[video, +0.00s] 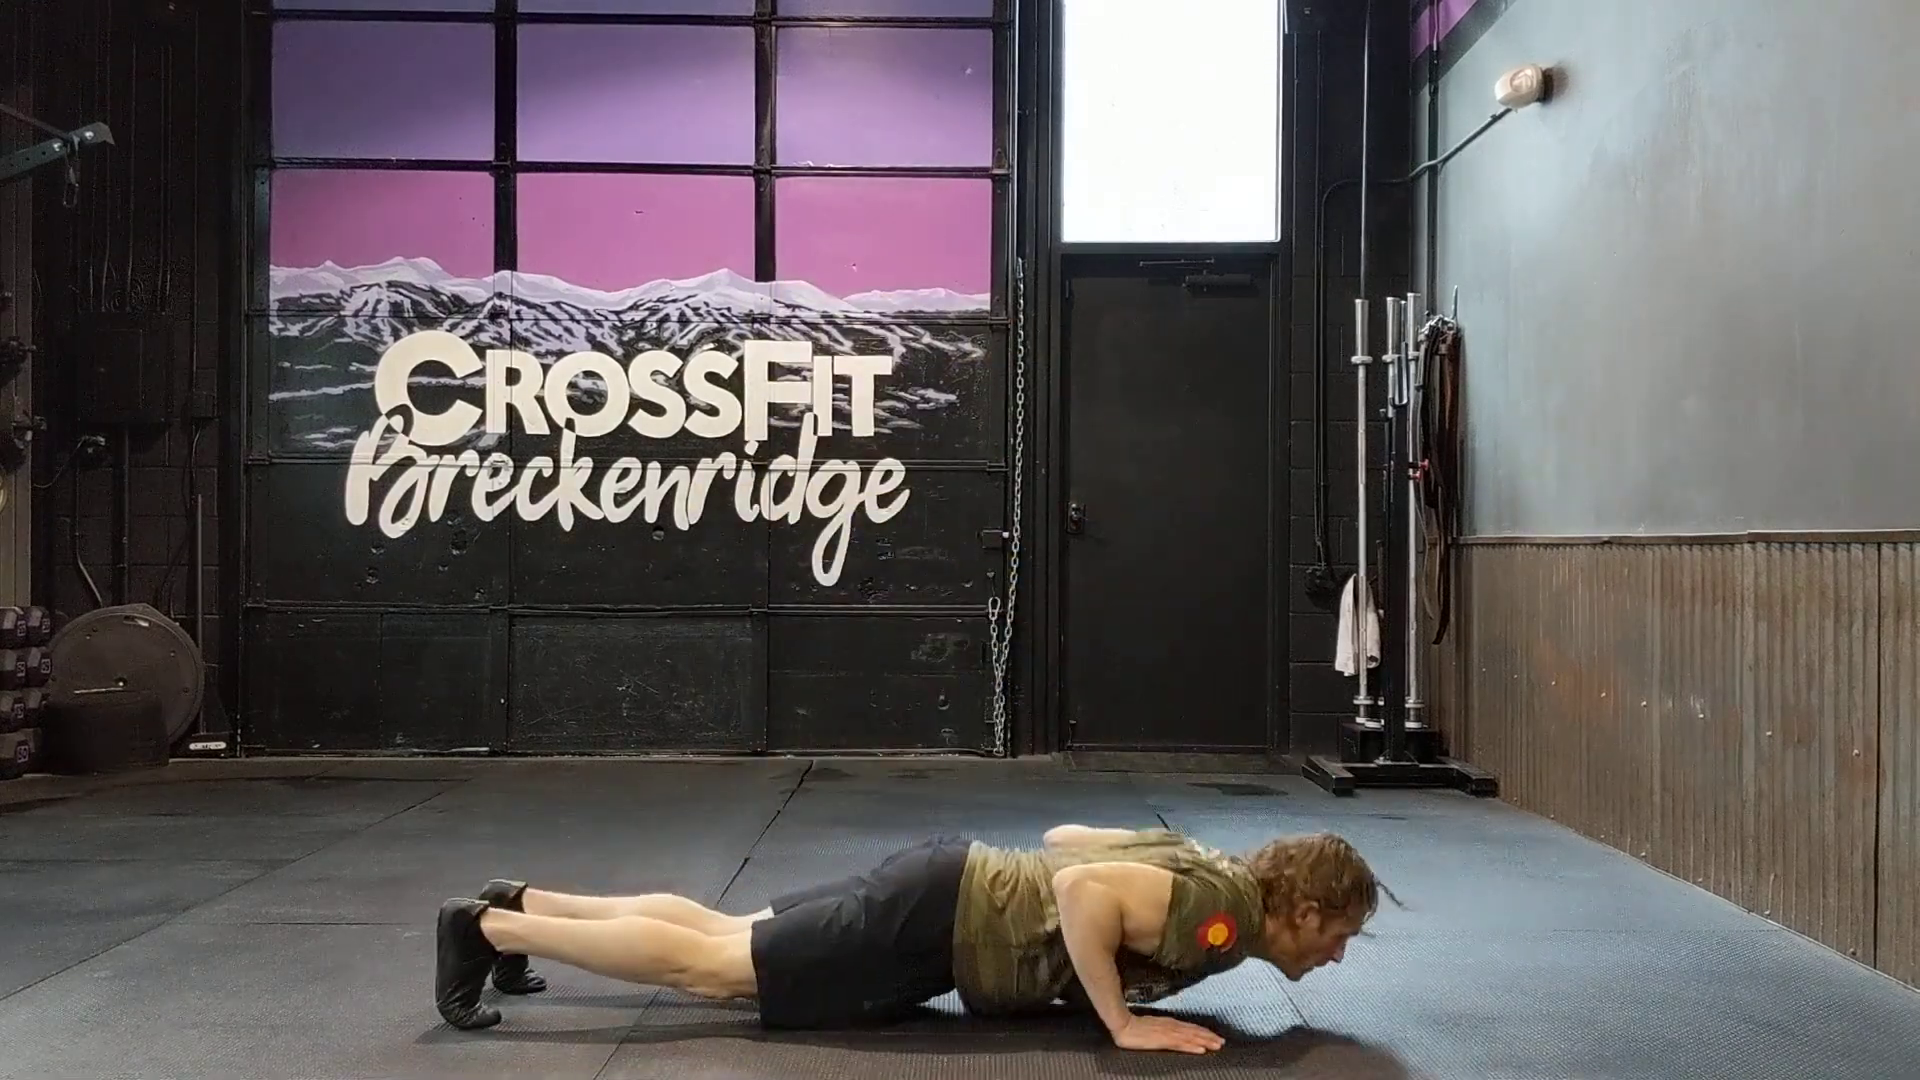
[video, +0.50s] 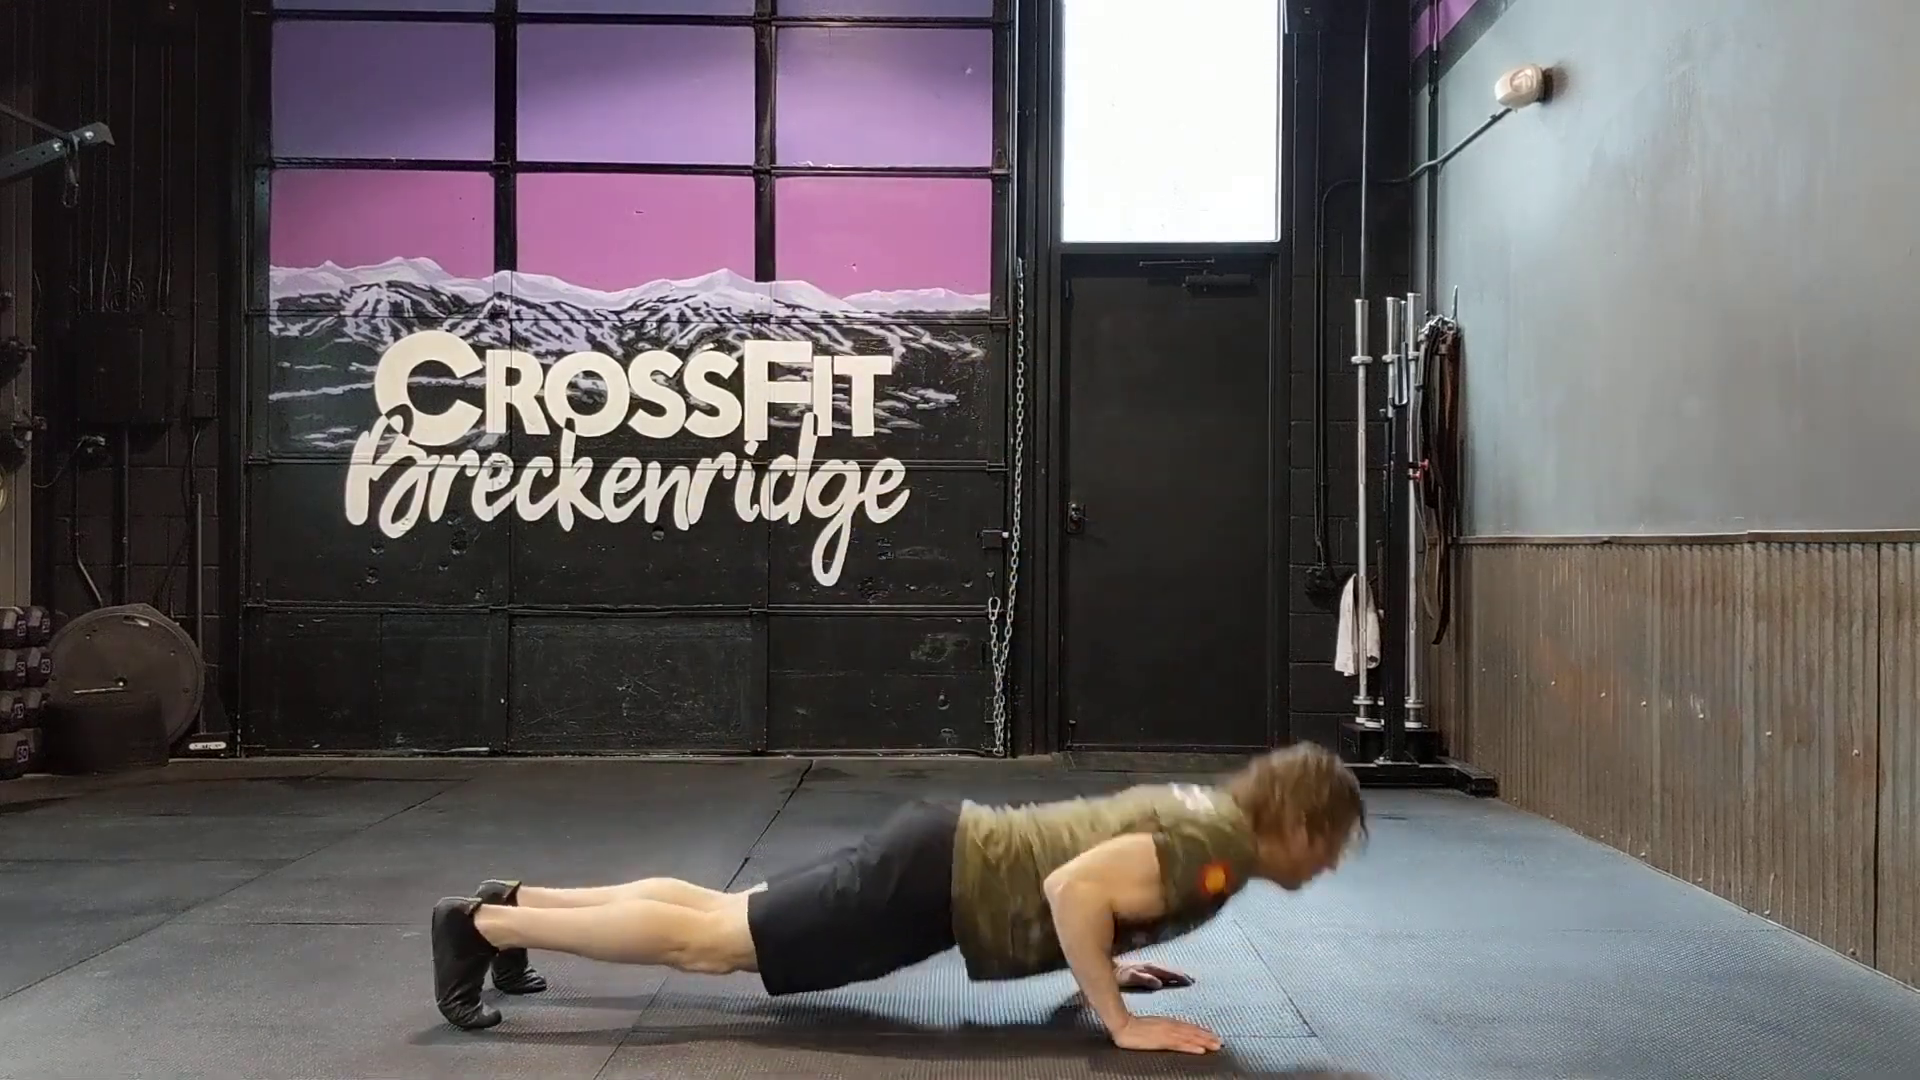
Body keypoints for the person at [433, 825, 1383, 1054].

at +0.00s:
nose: (1340, 953)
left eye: (1346, 939)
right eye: (1340, 936)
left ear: (1297, 905)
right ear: (1295, 914)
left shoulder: (1221, 898)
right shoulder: (1205, 906)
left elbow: (1090, 862)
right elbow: (1080, 895)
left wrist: (1104, 979)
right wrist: (1124, 1017)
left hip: (950, 909)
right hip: (939, 918)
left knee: (729, 938)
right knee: (713, 966)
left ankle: (529, 903)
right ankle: (495, 929)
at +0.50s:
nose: (1331, 860)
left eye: (1336, 849)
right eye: (1331, 846)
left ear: (1279, 810)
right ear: (1295, 831)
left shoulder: (1213, 823)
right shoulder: (1204, 856)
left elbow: (1095, 863)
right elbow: (1079, 887)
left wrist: (1129, 946)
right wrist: (1122, 1021)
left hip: (949, 850)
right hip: (945, 879)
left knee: (724, 913)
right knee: (714, 940)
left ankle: (518, 907)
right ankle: (487, 931)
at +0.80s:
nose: (1278, 762)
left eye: (1288, 751)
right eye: (1285, 747)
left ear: (1243, 691)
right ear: (1253, 706)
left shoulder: (1163, 699)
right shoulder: (1162, 711)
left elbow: (1106, 847)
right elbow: (1105, 859)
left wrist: (1112, 963)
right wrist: (1114, 1015)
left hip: (902, 759)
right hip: (898, 770)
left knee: (728, 870)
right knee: (721, 884)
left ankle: (513, 915)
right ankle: (495, 922)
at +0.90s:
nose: (1281, 772)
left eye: (1294, 761)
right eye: (1289, 755)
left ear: (1256, 707)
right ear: (1260, 716)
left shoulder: (1180, 702)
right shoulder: (1173, 710)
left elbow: (1108, 844)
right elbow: (1110, 863)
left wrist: (1112, 964)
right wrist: (1118, 1021)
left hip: (915, 670)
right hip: (908, 669)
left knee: (759, 828)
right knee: (754, 838)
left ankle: (565, 886)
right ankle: (533, 900)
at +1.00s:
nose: (1244, 755)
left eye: (1259, 748)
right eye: (1253, 738)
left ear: (1232, 699)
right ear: (1229, 698)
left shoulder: (1157, 682)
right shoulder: (1149, 687)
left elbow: (1111, 846)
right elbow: (1104, 859)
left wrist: (1112, 967)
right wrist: (1119, 1016)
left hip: (925, 606)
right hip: (905, 588)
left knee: (903, 795)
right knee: (856, 812)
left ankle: (699, 858)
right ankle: (648, 907)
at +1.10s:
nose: (1213, 741)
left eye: (1226, 731)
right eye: (1218, 722)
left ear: (1187, 678)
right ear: (1188, 683)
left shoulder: (1122, 663)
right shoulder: (1116, 676)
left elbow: (1091, 845)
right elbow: (1096, 858)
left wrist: (1110, 966)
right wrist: (1124, 1019)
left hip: (896, 575)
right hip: (877, 571)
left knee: (1000, 747)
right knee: (973, 772)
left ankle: (872, 901)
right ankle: (819, 950)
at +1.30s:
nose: (1221, 646)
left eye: (1230, 632)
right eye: (1222, 626)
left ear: (1173, 598)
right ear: (1181, 603)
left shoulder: (1104, 618)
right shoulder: (1100, 632)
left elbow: (1097, 808)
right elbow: (1099, 825)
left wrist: (1135, 927)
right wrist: (1148, 972)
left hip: (870, 663)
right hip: (853, 667)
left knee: (1040, 777)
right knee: (1026, 790)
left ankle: (963, 950)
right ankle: (921, 1008)